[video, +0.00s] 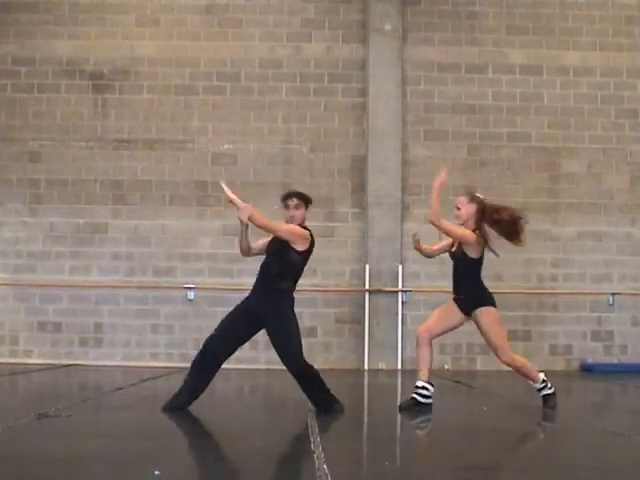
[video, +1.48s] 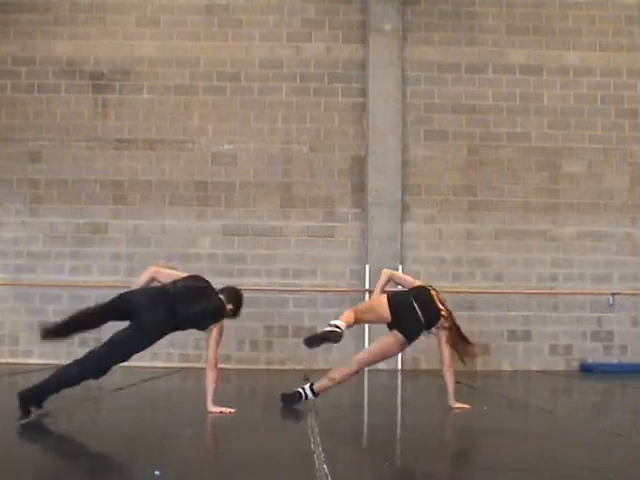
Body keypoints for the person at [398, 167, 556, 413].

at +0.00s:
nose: (455, 211)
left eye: (460, 207)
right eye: (456, 207)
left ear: (474, 211)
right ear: (466, 211)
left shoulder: (473, 239)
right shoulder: (458, 238)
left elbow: (436, 220)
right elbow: (433, 252)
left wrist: (435, 189)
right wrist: (419, 247)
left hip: (480, 302)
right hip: (460, 302)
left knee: (506, 356)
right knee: (424, 333)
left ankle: (543, 385)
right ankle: (423, 390)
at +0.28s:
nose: (419, 196)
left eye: (424, 193)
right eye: (419, 191)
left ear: (437, 196)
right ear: (418, 192)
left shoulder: (444, 223)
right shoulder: (408, 215)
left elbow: (430, 255)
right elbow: (406, 252)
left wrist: (416, 287)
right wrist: (430, 276)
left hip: (439, 278)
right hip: (415, 277)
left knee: (437, 345)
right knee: (402, 335)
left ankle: (425, 372)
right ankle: (418, 386)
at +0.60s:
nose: (448, 221)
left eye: (451, 218)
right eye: (449, 215)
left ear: (436, 207)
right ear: (438, 206)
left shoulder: (421, 225)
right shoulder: (419, 232)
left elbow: (422, 205)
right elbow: (413, 272)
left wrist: (434, 187)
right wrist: (414, 308)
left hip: (394, 282)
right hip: (380, 277)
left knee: (409, 330)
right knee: (354, 326)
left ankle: (393, 383)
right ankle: (308, 364)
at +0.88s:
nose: (442, 302)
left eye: (444, 299)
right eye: (442, 298)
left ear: (427, 288)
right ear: (432, 295)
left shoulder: (408, 286)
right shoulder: (420, 316)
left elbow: (413, 255)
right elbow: (437, 357)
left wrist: (417, 220)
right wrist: (453, 392)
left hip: (355, 320)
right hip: (358, 333)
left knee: (402, 339)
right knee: (309, 363)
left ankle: (392, 390)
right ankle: (254, 382)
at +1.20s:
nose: (442, 337)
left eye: (446, 335)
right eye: (444, 333)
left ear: (450, 315)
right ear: (449, 324)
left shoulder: (435, 298)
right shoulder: (436, 320)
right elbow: (444, 364)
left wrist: (460, 355)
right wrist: (452, 401)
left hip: (372, 298)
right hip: (373, 308)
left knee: (403, 330)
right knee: (325, 348)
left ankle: (393, 383)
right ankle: (273, 377)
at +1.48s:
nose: (445, 331)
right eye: (447, 327)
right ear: (445, 316)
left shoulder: (422, 287)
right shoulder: (442, 320)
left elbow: (387, 272)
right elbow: (447, 365)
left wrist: (373, 297)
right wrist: (452, 401)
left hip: (399, 303)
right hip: (410, 330)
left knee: (354, 314)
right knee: (357, 364)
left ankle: (336, 328)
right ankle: (308, 391)